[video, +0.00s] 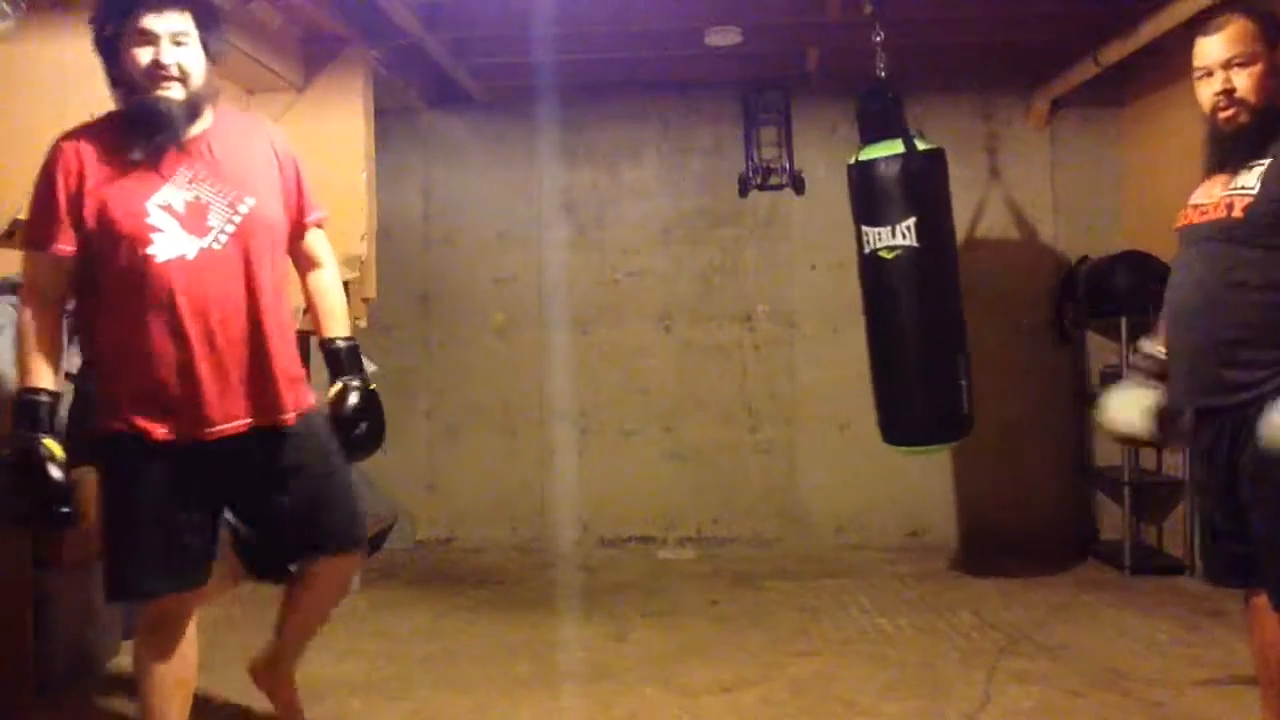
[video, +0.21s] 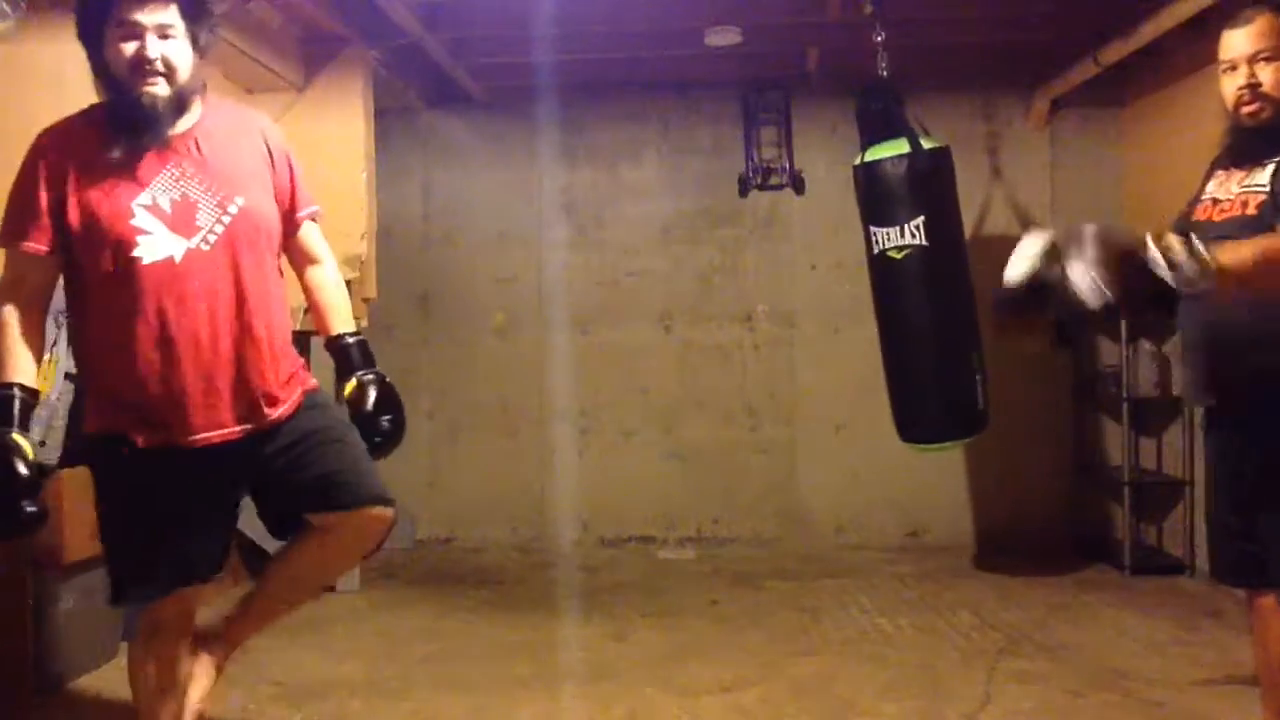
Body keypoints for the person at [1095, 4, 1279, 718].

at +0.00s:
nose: (1221, 86)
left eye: (1239, 65)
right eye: (1205, 74)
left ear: (1274, 67)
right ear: (1194, 87)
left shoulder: (1273, 167)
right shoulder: (1216, 176)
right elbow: (1193, 284)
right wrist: (1159, 361)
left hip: (1263, 408)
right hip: (1214, 410)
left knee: (1268, 591)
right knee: (1254, 589)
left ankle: (1270, 705)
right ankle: (1269, 704)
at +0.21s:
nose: (1246, 80)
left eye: (1262, 61)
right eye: (1230, 67)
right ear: (1217, 78)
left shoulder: (1277, 158)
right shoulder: (1231, 161)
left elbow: (1273, 247)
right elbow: (1178, 258)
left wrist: (1209, 267)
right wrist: (1101, 267)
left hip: (1271, 399)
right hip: (1234, 400)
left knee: (1268, 583)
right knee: (1259, 582)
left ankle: (1269, 702)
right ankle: (1268, 700)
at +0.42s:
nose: (1248, 79)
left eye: (1263, 60)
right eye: (1232, 68)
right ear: (1220, 82)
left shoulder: (1276, 158)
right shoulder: (1230, 163)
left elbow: (1269, 244)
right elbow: (1205, 257)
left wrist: (1213, 230)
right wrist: (1122, 235)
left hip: (1272, 403)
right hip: (1236, 407)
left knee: (1267, 589)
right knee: (1261, 588)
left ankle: (1269, 701)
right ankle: (1269, 704)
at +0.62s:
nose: (1241, 80)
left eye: (1258, 61)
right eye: (1226, 69)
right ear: (1215, 79)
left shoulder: (1272, 142)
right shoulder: (1227, 150)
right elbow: (1207, 264)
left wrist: (1269, 169)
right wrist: (1111, 223)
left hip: (1274, 404)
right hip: (1238, 407)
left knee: (1270, 589)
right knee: (1261, 589)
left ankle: (1269, 701)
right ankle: (1269, 707)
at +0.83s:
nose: (1252, 81)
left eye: (1267, 62)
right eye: (1236, 69)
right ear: (1225, 81)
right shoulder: (1218, 169)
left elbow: (1279, 263)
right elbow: (1194, 279)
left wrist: (1252, 230)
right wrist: (1155, 237)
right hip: (1238, 409)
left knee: (1266, 590)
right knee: (1256, 590)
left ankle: (1271, 705)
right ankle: (1269, 709)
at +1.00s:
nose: (1248, 85)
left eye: (1262, 66)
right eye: (1233, 72)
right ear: (1220, 80)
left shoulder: (1279, 169)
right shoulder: (1231, 169)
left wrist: (1257, 250)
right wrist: (1144, 256)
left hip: (1273, 406)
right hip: (1237, 410)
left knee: (1243, 573)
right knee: (1232, 573)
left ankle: (1265, 703)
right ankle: (1264, 707)